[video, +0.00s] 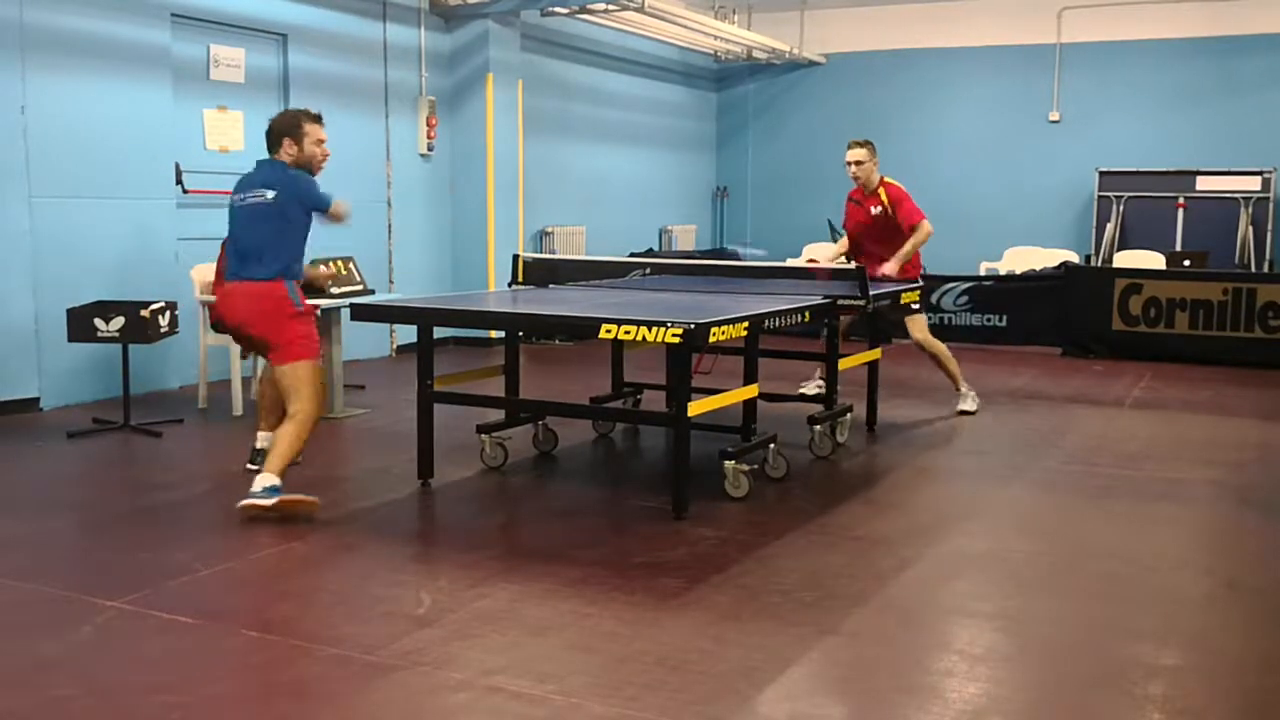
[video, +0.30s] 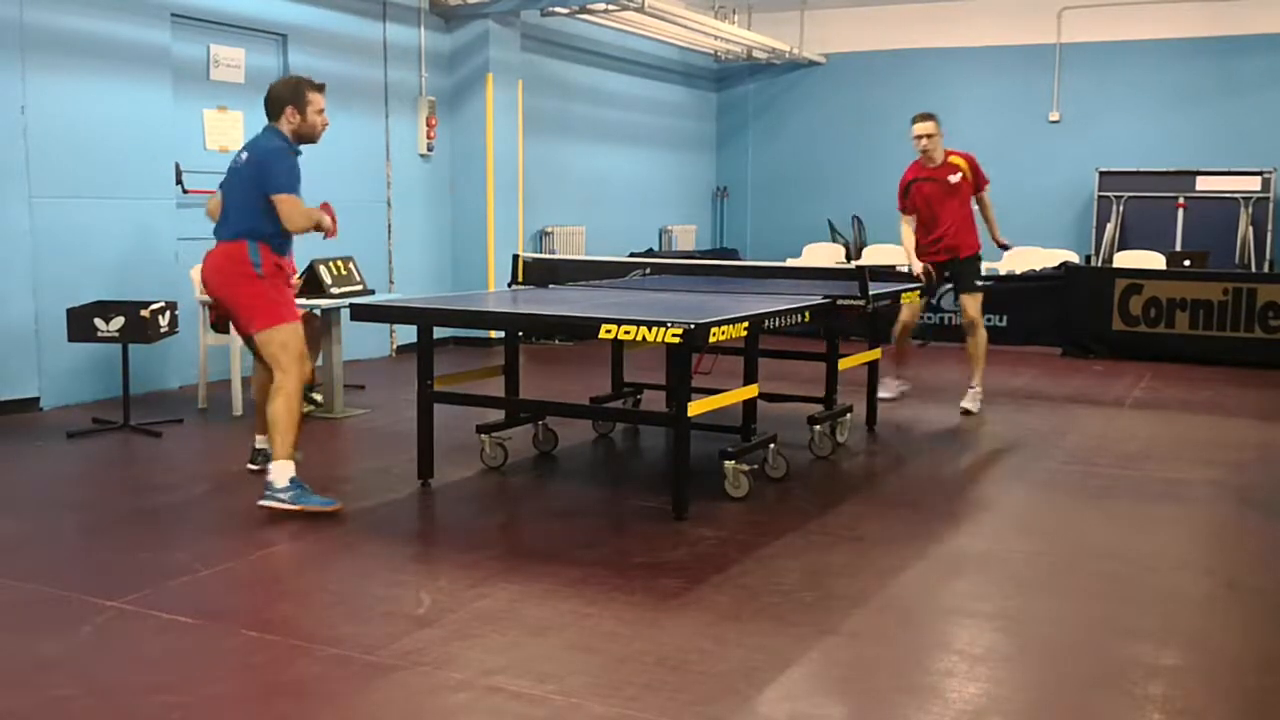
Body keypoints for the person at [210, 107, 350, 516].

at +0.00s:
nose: (325, 152)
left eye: (325, 144)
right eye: (318, 144)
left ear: (283, 149)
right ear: (289, 146)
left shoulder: (246, 181)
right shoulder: (297, 182)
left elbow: (254, 246)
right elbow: (337, 213)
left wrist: (305, 273)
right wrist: (330, 202)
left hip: (230, 300)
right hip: (274, 300)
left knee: (279, 357)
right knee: (304, 407)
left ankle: (263, 447)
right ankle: (267, 484)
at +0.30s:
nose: (325, 120)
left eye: (324, 112)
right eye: (319, 112)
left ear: (285, 115)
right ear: (291, 114)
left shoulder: (250, 151)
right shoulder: (278, 152)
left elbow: (216, 209)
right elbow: (293, 218)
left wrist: (269, 222)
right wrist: (322, 218)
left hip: (224, 262)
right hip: (250, 262)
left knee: (271, 361)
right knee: (292, 366)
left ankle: (264, 446)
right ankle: (283, 481)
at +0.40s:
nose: (324, 119)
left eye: (323, 111)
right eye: (318, 111)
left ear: (289, 114)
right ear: (290, 113)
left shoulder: (273, 152)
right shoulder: (265, 151)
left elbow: (260, 220)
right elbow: (257, 220)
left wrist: (294, 235)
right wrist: (304, 227)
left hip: (243, 261)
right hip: (234, 262)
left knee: (277, 359)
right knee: (280, 374)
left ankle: (254, 453)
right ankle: (238, 482)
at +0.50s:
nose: (322, 123)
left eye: (320, 114)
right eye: (315, 115)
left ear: (287, 118)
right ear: (288, 118)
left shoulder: (276, 163)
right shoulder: (249, 162)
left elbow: (259, 228)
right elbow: (225, 230)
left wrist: (281, 263)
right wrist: (285, 243)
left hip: (246, 278)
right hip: (223, 279)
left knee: (273, 366)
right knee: (276, 386)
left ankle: (252, 456)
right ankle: (225, 495)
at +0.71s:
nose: (306, 102)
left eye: (305, 92)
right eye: (301, 93)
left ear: (272, 97)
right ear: (276, 96)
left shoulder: (260, 146)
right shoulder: (235, 143)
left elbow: (235, 213)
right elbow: (204, 214)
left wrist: (272, 231)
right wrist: (268, 233)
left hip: (229, 269)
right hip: (210, 270)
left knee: (236, 376)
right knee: (264, 381)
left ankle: (228, 459)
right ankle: (224, 495)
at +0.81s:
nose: (296, 87)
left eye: (294, 78)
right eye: (289, 79)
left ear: (258, 84)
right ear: (266, 84)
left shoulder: (237, 128)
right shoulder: (234, 134)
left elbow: (220, 206)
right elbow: (208, 207)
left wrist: (270, 222)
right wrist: (268, 225)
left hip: (201, 259)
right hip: (208, 262)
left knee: (217, 375)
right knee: (249, 379)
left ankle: (188, 475)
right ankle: (224, 498)